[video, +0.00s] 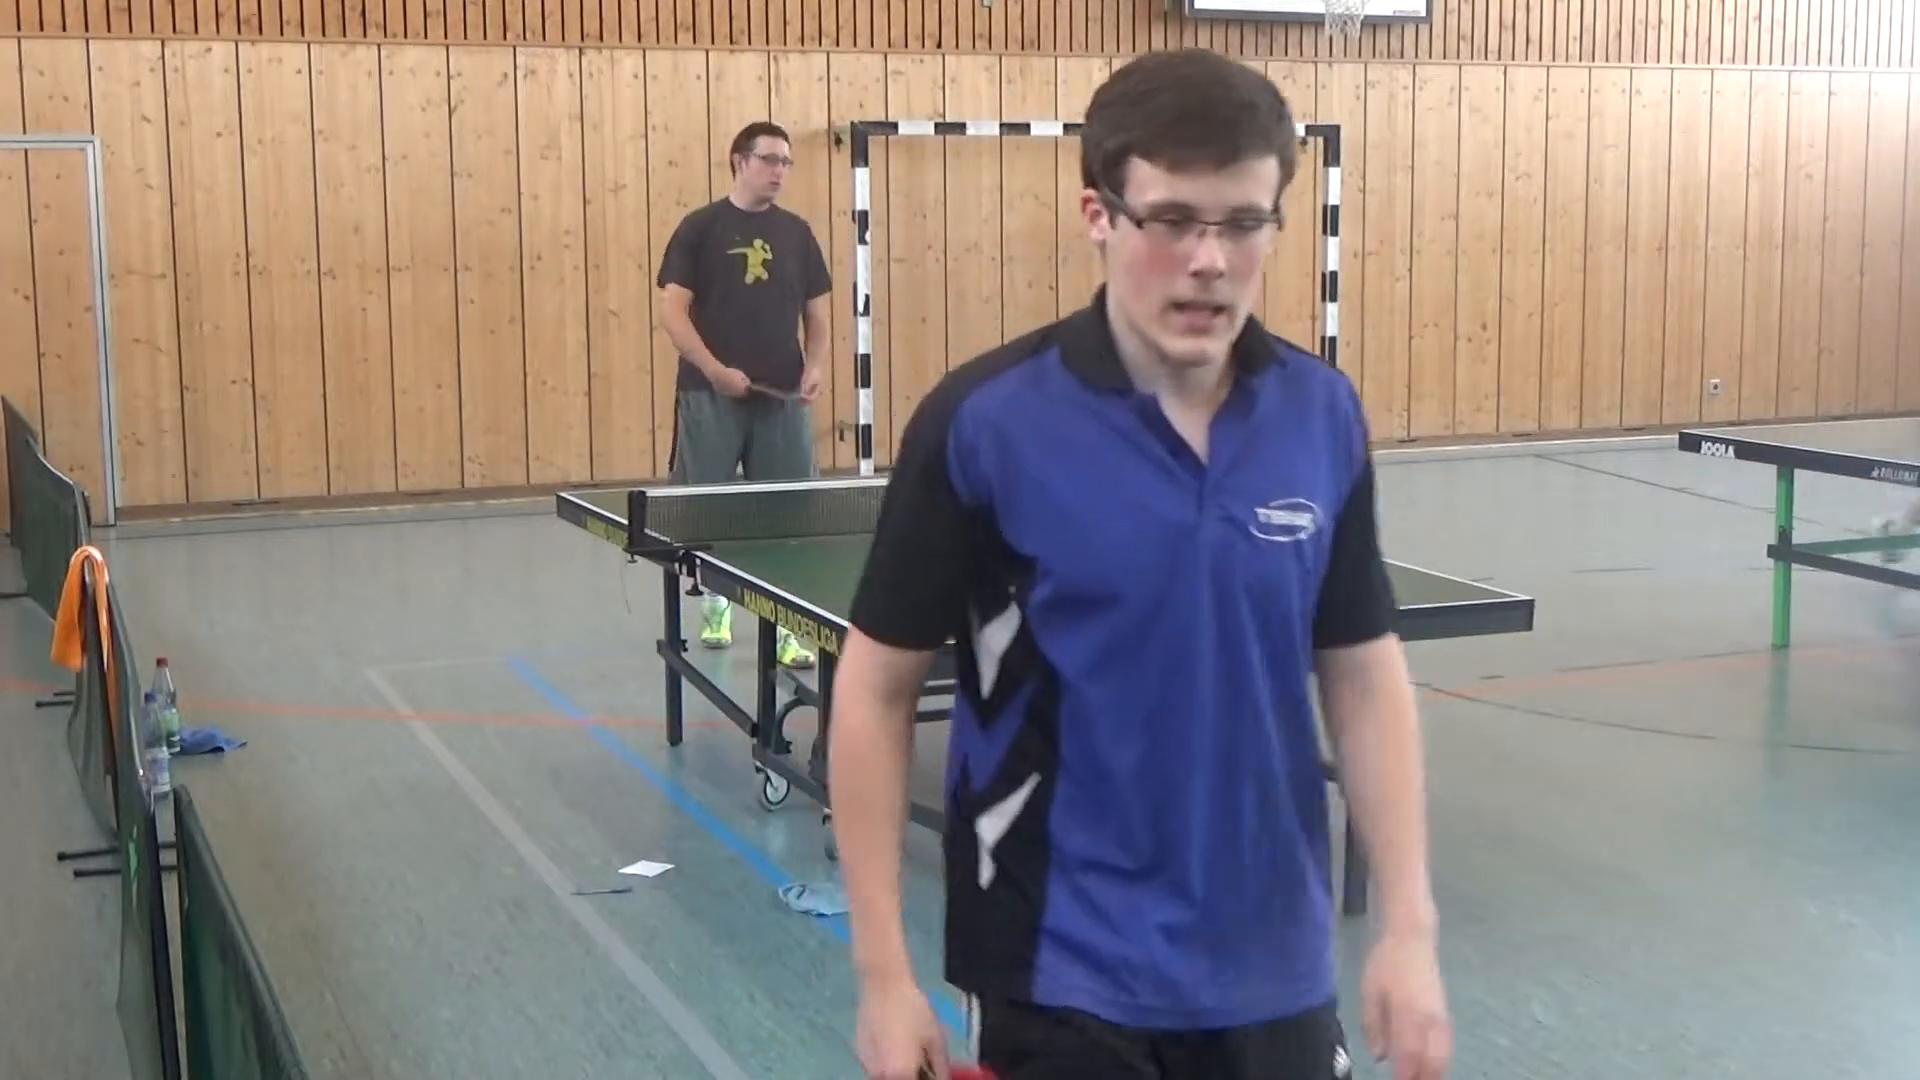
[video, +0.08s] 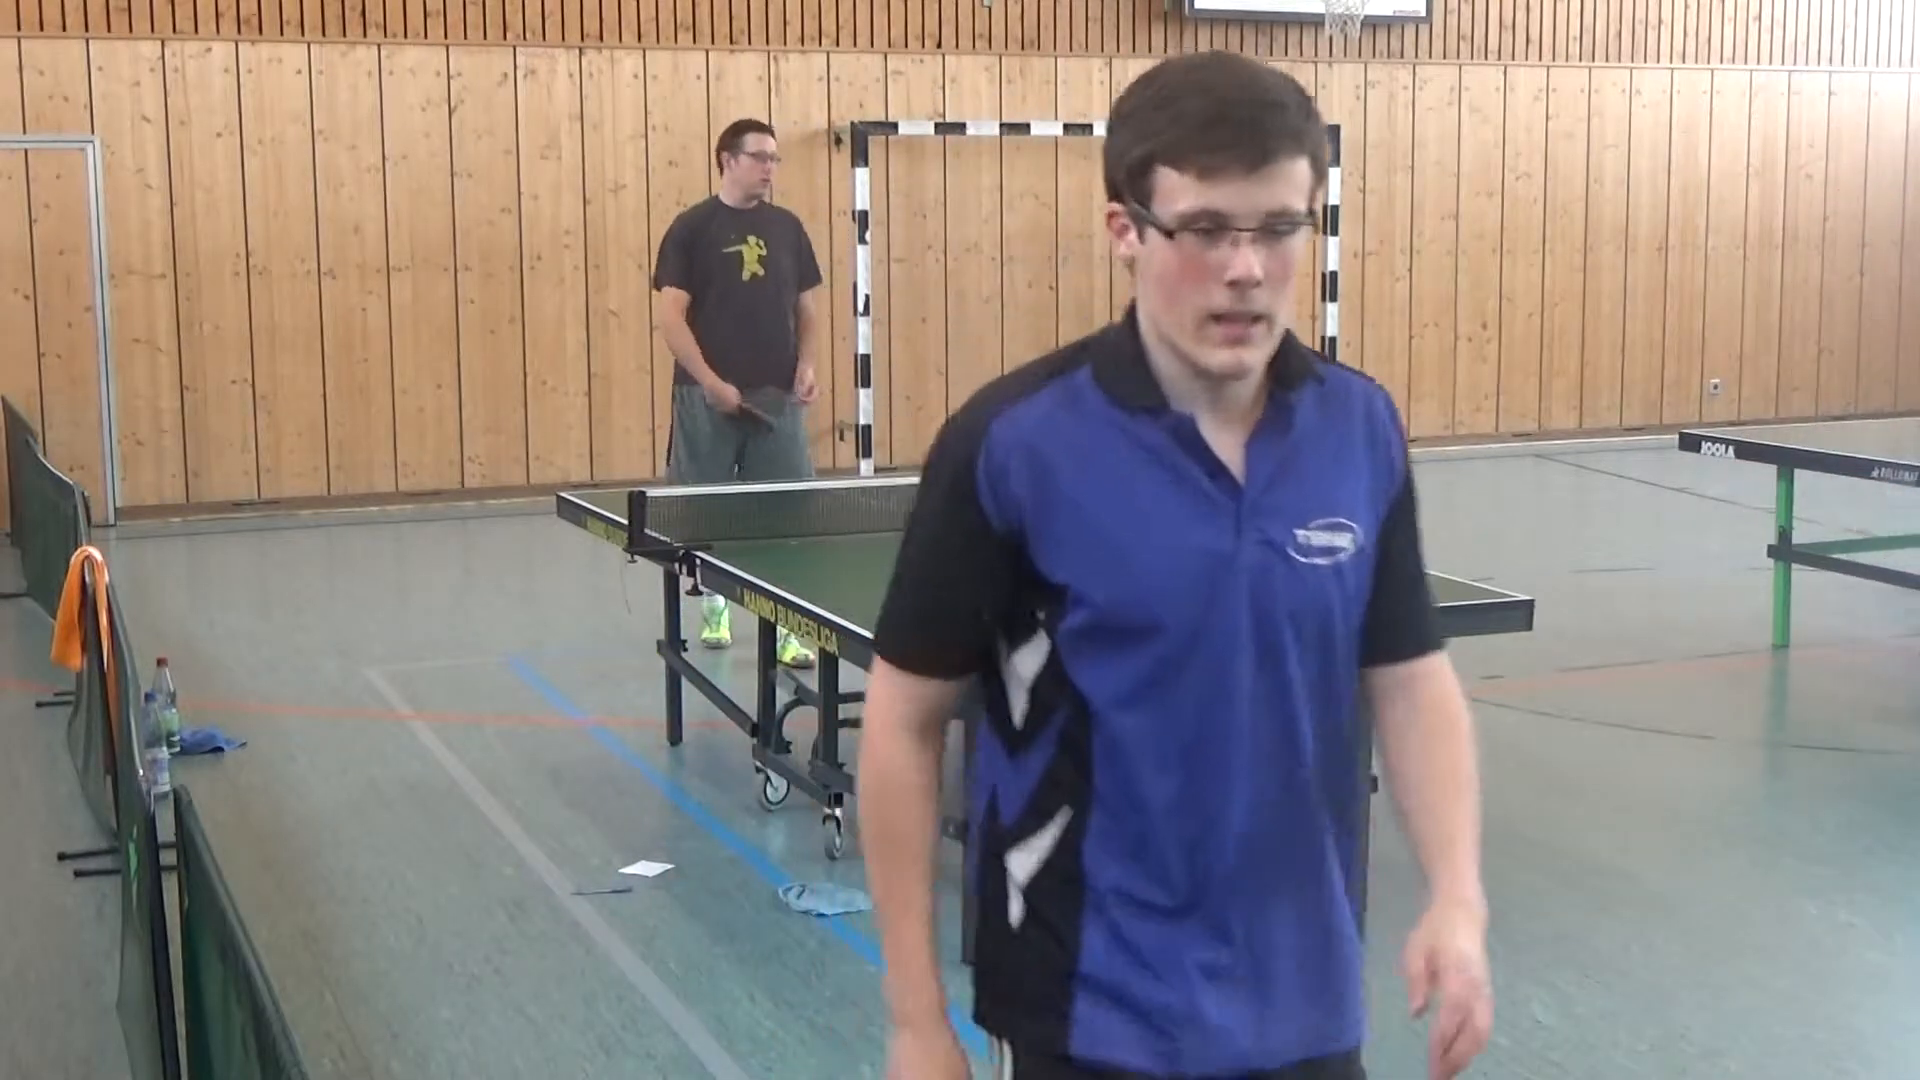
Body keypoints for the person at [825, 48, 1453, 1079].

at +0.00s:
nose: (1209, 260)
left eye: (1242, 223)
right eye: (1172, 220)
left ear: (1276, 225)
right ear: (1097, 219)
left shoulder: (1318, 415)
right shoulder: (979, 424)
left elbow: (1364, 676)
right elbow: (873, 689)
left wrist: (1407, 930)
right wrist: (883, 977)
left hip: (1274, 972)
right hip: (1067, 981)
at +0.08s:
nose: (1247, 268)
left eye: (1280, 228)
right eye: (1205, 228)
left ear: (1311, 231)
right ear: (1125, 234)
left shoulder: (1356, 429)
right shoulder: (1004, 450)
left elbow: (1411, 679)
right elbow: (903, 722)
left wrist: (1457, 900)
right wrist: (916, 1018)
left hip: (1302, 994)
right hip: (1096, 1014)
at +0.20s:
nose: (1296, 298)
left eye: (1327, 252)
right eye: (1250, 256)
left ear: (1363, 248)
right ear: (1165, 261)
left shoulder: (1415, 454)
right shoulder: (1047, 493)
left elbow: (1479, 703)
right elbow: (950, 795)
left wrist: (1530, 904)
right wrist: (951, 1059)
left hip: (1371, 1027)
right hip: (1157, 1043)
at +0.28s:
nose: (1330, 301)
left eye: (1363, 251)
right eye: (1284, 256)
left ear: (1401, 240)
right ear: (1191, 254)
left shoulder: (1457, 453)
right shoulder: (1075, 508)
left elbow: (1523, 728)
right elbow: (988, 828)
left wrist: (1579, 962)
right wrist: (979, 1068)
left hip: (1425, 1040)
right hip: (1197, 1054)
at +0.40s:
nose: (1408, 279)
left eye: (1445, 226)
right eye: (1358, 230)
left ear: (1488, 211)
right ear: (1256, 224)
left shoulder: (1532, 432)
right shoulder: (1135, 494)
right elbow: (1040, 837)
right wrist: (1038, 1069)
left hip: (1521, 1049)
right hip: (1269, 1059)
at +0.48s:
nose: (1486, 272)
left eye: (1525, 216)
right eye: (1432, 222)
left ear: (1566, 206)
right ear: (1324, 217)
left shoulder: (1593, 437)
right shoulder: (1187, 492)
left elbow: (1622, 754)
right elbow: (1070, 863)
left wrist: (1690, 1054)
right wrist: (1088, 1068)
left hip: (1592, 1053)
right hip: (1325, 1059)